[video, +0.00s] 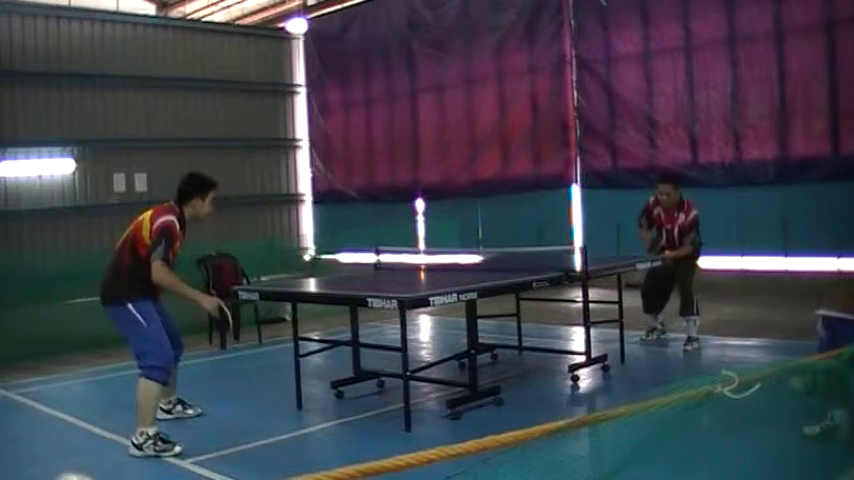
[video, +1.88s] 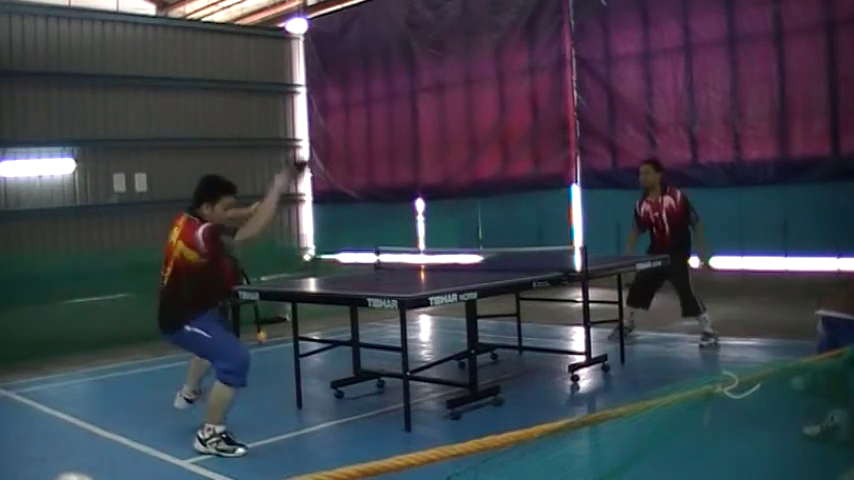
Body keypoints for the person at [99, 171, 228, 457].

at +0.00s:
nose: (211, 208)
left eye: (212, 202)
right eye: (209, 202)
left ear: (191, 199)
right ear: (195, 200)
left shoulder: (171, 217)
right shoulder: (167, 222)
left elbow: (156, 269)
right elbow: (158, 273)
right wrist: (200, 298)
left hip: (142, 293)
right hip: (125, 296)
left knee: (172, 346)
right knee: (157, 358)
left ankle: (167, 403)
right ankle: (144, 435)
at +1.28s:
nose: (197, 190)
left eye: (197, 184)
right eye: (193, 184)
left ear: (179, 185)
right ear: (176, 184)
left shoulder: (188, 215)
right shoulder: (146, 219)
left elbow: (202, 244)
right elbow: (135, 270)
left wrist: (217, 269)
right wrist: (175, 292)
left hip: (176, 294)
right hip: (149, 295)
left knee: (188, 348)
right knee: (174, 350)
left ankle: (158, 404)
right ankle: (160, 427)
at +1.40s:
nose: (200, 204)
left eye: (200, 198)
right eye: (196, 199)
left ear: (186, 201)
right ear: (176, 202)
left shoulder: (204, 226)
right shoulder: (144, 231)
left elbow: (229, 257)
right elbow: (118, 273)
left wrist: (231, 269)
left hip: (184, 302)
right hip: (153, 304)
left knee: (196, 355)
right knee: (185, 356)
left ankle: (156, 403)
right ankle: (195, 430)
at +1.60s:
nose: (209, 227)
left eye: (208, 221)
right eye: (203, 222)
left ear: (187, 228)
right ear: (183, 228)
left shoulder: (218, 242)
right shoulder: (155, 254)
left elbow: (255, 255)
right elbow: (122, 292)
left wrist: (275, 268)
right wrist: (106, 332)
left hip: (201, 315)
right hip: (171, 316)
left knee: (197, 366)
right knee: (206, 362)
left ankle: (157, 405)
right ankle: (206, 434)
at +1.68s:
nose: (215, 226)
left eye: (214, 219)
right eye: (209, 221)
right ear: (189, 228)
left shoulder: (222, 237)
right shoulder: (164, 256)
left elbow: (262, 239)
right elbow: (135, 297)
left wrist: (292, 262)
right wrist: (118, 338)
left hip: (206, 313)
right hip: (176, 316)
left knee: (199, 363)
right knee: (216, 354)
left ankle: (160, 400)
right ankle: (208, 434)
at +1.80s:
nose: (225, 216)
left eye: (226, 210)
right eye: (219, 211)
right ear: (199, 214)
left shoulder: (209, 221)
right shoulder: (187, 246)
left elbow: (232, 211)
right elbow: (193, 292)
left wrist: (262, 222)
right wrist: (233, 295)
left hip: (199, 306)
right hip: (179, 313)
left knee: (215, 345)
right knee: (229, 354)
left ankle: (179, 390)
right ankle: (210, 432)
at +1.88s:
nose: (229, 213)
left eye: (231, 207)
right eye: (225, 207)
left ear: (204, 206)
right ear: (207, 207)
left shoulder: (186, 221)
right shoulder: (205, 234)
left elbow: (223, 216)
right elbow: (250, 232)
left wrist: (252, 210)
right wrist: (277, 189)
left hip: (182, 310)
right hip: (184, 320)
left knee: (218, 337)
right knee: (235, 358)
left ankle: (190, 391)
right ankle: (211, 433)